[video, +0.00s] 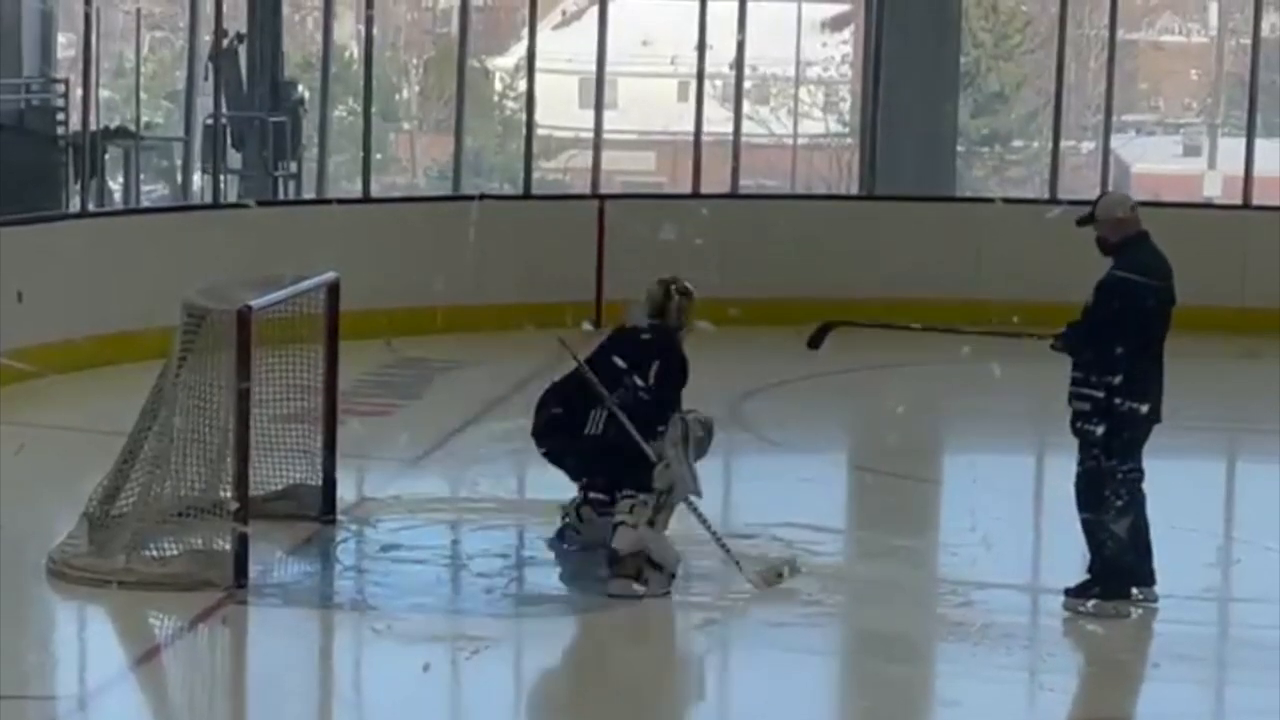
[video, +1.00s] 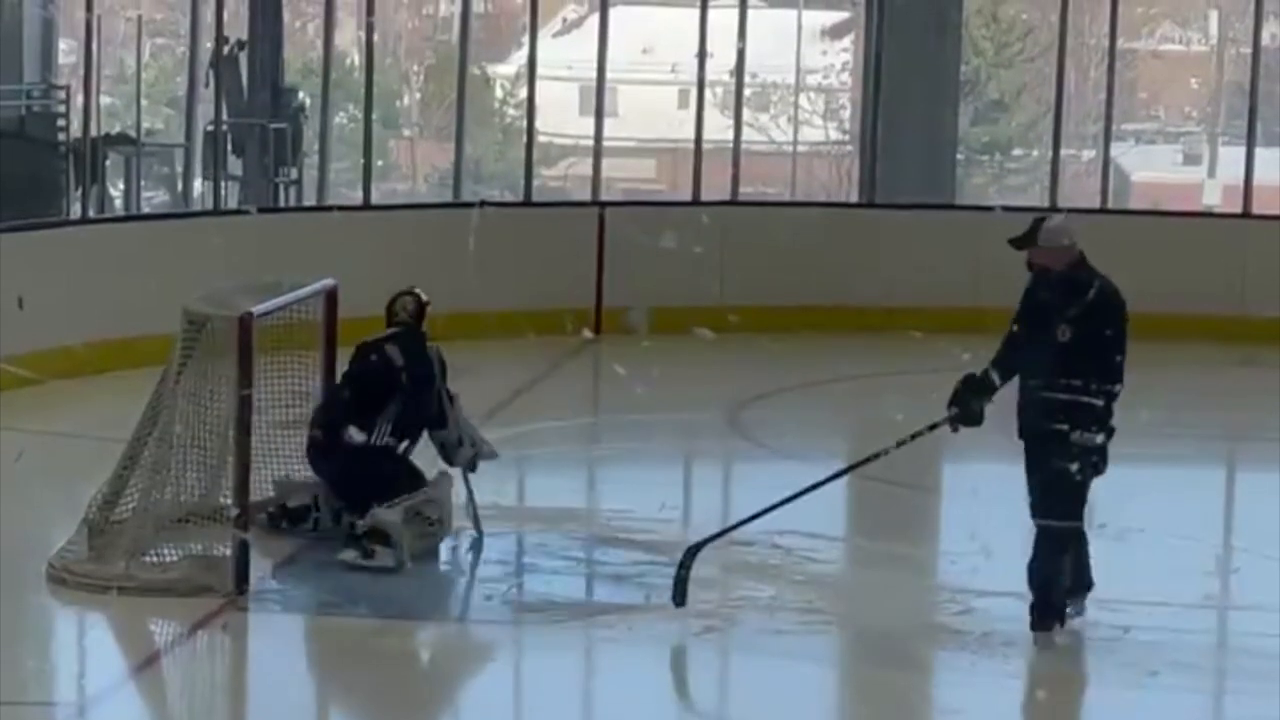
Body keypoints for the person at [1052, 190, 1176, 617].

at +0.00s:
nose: (1096, 236)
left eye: (1099, 228)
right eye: (1095, 228)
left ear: (1117, 226)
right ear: (1130, 223)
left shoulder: (1128, 272)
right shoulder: (1150, 265)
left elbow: (1103, 336)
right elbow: (1117, 328)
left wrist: (1069, 338)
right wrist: (1077, 334)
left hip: (1115, 404)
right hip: (1134, 401)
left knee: (1098, 489)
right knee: (1122, 487)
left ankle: (1111, 582)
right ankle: (1133, 575)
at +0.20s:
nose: (1085, 239)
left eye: (1089, 231)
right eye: (1085, 231)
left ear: (1107, 230)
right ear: (1118, 227)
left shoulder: (1121, 276)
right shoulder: (1143, 265)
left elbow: (1099, 352)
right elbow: (1141, 339)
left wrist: (1084, 411)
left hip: (1116, 406)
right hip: (1135, 401)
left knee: (1098, 493)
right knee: (1122, 489)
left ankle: (1108, 583)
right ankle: (1134, 577)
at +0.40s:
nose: (1071, 248)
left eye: (1075, 240)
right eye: (1070, 240)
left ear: (1096, 237)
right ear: (1100, 236)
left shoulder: (1115, 281)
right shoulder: (1120, 271)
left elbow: (1105, 354)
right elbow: (1117, 350)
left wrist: (1087, 413)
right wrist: (1092, 401)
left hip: (1113, 408)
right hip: (1124, 405)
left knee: (1095, 495)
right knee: (1117, 493)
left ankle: (1101, 589)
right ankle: (1133, 579)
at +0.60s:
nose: (1055, 263)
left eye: (1059, 254)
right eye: (1053, 254)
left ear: (1079, 252)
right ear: (1080, 251)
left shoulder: (1114, 292)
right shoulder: (1088, 287)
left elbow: (1112, 366)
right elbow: (1074, 350)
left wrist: (1069, 396)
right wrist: (1054, 383)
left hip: (1110, 419)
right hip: (1089, 415)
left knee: (1079, 500)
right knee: (1109, 498)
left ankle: (1085, 591)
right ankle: (1133, 577)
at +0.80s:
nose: (1041, 265)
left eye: (1045, 258)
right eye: (1040, 258)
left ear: (1068, 256)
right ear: (1058, 257)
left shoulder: (1104, 298)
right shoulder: (1059, 288)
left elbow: (1108, 371)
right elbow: (1040, 349)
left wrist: (1095, 429)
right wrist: (1006, 388)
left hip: (1097, 424)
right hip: (1067, 420)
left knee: (1066, 508)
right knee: (1087, 498)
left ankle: (1063, 602)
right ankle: (1119, 565)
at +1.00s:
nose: (1030, 262)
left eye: (1036, 256)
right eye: (1029, 255)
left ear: (1060, 254)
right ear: (1044, 254)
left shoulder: (1102, 298)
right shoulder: (1040, 287)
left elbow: (1105, 376)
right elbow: (1017, 345)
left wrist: (1090, 437)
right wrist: (983, 386)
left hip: (1077, 425)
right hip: (1038, 422)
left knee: (1056, 519)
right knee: (1054, 511)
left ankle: (1046, 615)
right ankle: (1075, 586)